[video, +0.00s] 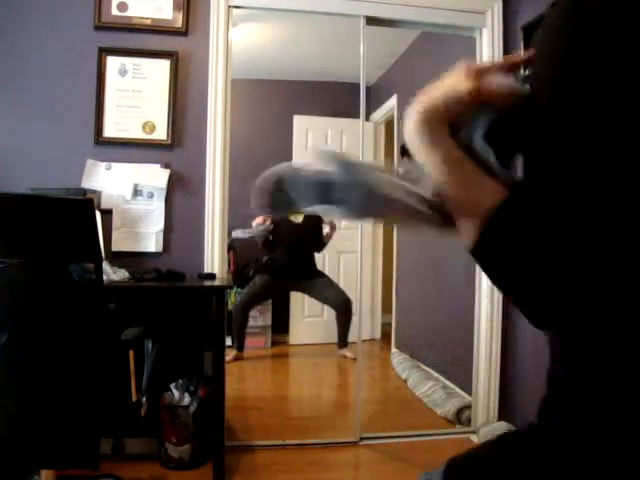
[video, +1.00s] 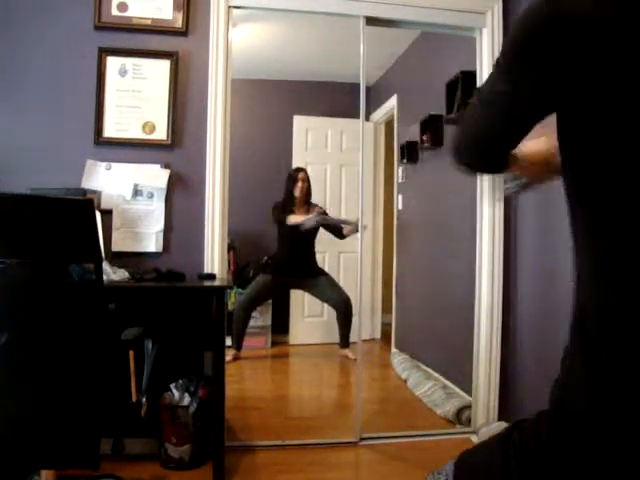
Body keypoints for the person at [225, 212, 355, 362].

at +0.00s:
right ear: (276, 207)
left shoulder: (312, 218)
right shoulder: (272, 221)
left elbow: (317, 247)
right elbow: (267, 249)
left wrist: (328, 235)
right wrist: (259, 231)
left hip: (306, 274)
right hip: (273, 275)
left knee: (343, 303)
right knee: (241, 305)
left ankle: (343, 347)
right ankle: (237, 350)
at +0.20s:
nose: (297, 188)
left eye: (301, 184)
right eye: (293, 184)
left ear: (305, 188)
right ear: (287, 188)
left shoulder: (314, 216)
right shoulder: (276, 216)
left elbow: (320, 250)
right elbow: (266, 248)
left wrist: (331, 234)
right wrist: (257, 229)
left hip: (307, 277)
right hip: (276, 276)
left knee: (345, 304)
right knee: (241, 304)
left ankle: (343, 347)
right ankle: (237, 350)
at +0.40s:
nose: (299, 187)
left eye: (302, 183)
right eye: (295, 183)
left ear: (307, 187)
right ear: (288, 186)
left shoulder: (314, 214)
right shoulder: (280, 210)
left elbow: (325, 245)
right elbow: (263, 236)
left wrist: (309, 230)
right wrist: (283, 220)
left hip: (307, 274)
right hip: (277, 274)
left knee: (345, 303)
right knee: (242, 304)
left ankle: (343, 348)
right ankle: (238, 350)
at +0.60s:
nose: (300, 185)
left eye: (303, 181)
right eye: (296, 181)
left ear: (307, 185)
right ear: (289, 184)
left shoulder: (315, 211)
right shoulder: (279, 208)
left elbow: (332, 231)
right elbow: (263, 223)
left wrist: (306, 222)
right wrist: (287, 217)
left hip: (309, 272)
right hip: (279, 272)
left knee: (345, 302)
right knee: (243, 303)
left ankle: (345, 347)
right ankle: (235, 350)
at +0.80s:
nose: (300, 186)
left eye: (303, 182)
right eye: (296, 182)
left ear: (307, 186)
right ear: (289, 185)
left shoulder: (316, 212)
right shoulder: (279, 209)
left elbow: (334, 237)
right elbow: (265, 229)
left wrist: (340, 234)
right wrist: (285, 226)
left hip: (309, 273)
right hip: (279, 272)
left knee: (345, 303)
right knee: (243, 304)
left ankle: (344, 347)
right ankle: (236, 350)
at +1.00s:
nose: (301, 185)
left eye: (304, 181)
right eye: (297, 181)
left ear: (309, 185)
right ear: (290, 184)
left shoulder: (316, 211)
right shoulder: (280, 209)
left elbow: (338, 233)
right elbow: (284, 220)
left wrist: (352, 229)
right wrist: (307, 219)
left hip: (308, 272)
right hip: (279, 271)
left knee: (343, 302)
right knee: (243, 304)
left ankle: (344, 347)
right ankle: (236, 350)